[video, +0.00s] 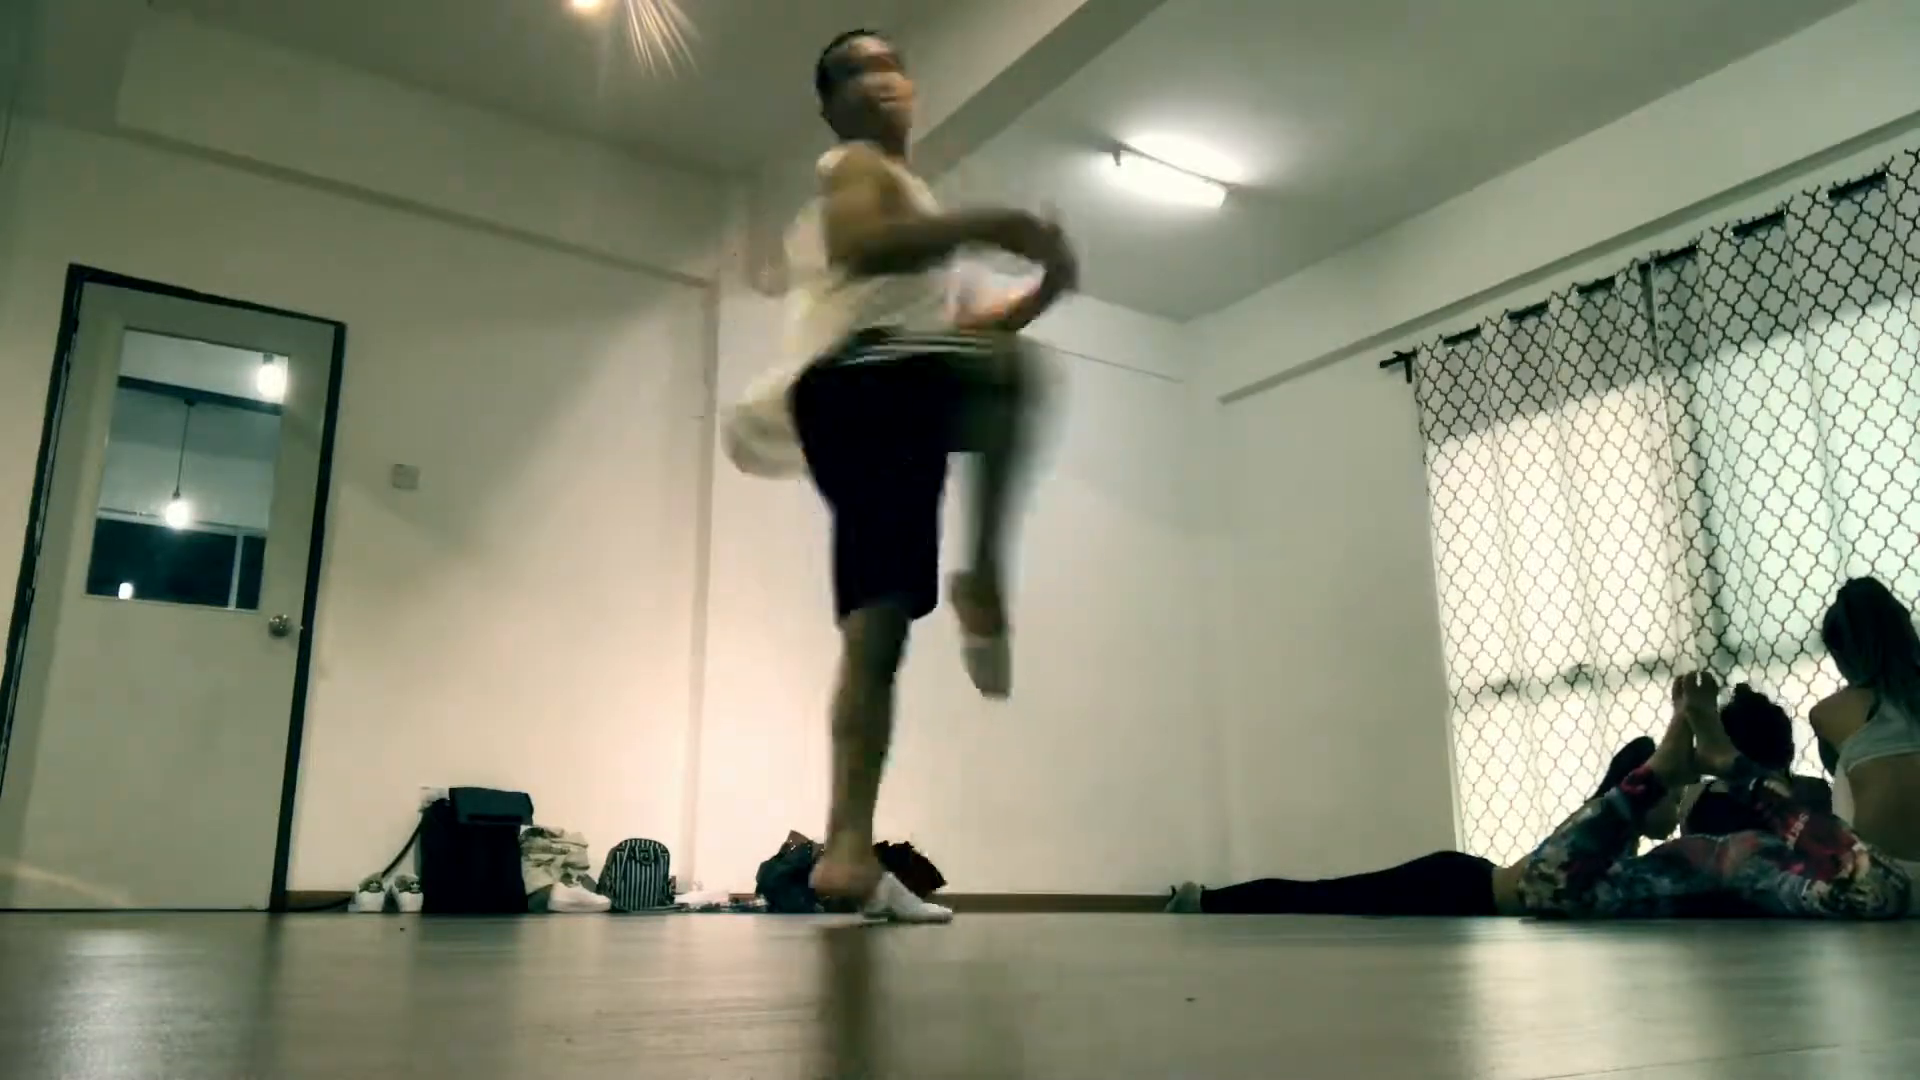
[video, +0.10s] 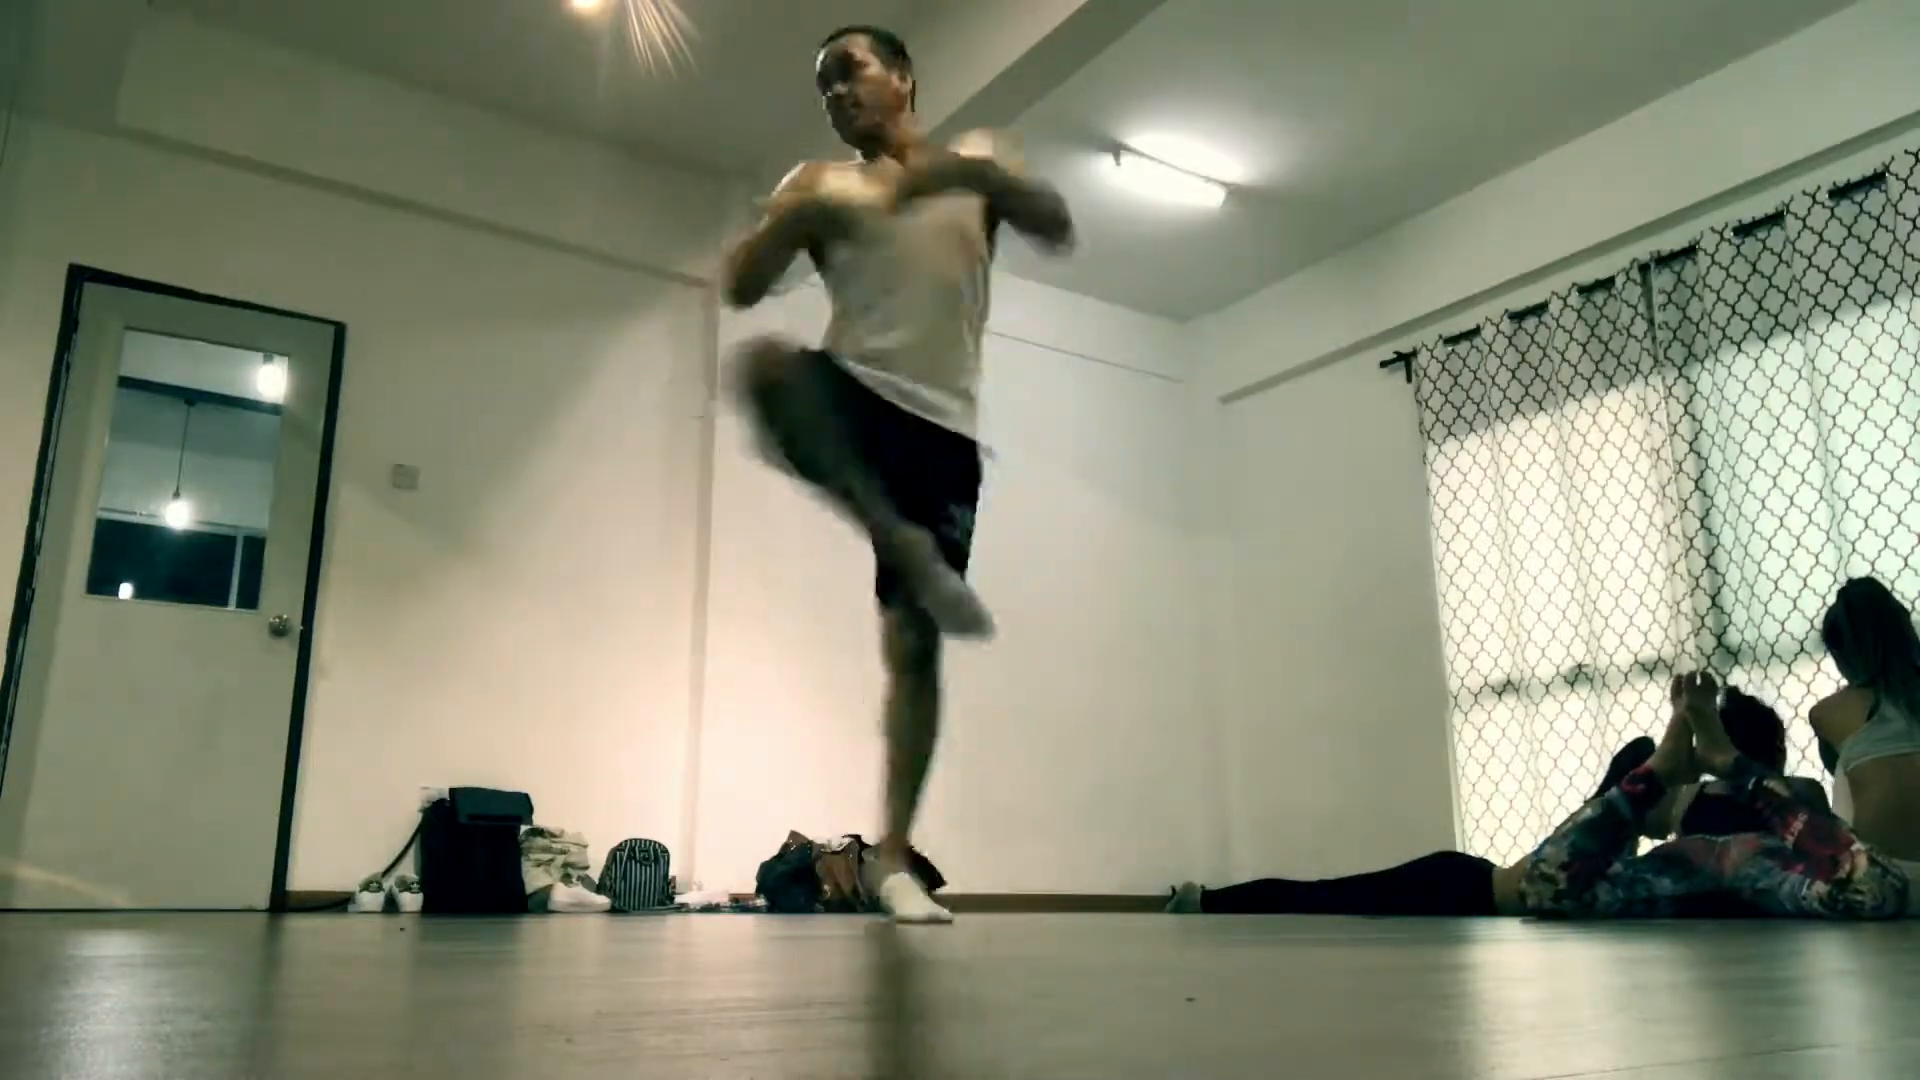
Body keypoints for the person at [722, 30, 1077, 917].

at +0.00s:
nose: (887, 79)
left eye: (894, 65)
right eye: (864, 70)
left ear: (913, 87)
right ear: (836, 103)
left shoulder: (910, 202)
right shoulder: (855, 162)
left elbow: (953, 326)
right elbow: (861, 236)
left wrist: (1038, 295)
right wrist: (994, 228)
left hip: (871, 406)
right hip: (859, 378)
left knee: (875, 630)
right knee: (1016, 373)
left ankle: (848, 855)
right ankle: (981, 590)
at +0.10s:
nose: (834, 88)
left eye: (849, 68)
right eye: (826, 82)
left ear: (904, 79)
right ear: (831, 109)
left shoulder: (976, 164)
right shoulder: (820, 184)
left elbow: (1057, 229)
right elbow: (740, 287)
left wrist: (969, 179)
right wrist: (798, 209)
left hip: (941, 432)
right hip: (852, 402)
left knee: (913, 644)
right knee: (763, 364)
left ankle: (893, 852)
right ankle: (910, 556)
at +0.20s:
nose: (812, 71)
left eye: (824, 51)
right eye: (807, 59)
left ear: (882, 47)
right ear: (833, 66)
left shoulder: (941, 107)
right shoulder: (834, 177)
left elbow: (938, 172)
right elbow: (761, 310)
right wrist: (714, 293)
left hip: (935, 401)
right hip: (857, 395)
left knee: (916, 614)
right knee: (701, 428)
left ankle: (972, 835)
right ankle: (833, 532)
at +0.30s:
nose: (772, 67)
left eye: (788, 50)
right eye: (777, 51)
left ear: (839, 59)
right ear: (853, 66)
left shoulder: (810, 122)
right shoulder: (898, 144)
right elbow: (877, 318)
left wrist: (732, 321)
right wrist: (794, 344)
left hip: (893, 410)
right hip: (974, 411)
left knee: (882, 638)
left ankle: (947, 830)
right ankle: (791, 585)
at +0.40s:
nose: (804, 129)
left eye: (769, 115)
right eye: (810, 114)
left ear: (739, 131)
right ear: (824, 125)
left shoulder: (704, 231)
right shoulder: (866, 201)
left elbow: (693, 376)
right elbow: (972, 309)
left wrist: (770, 361)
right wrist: (951, 311)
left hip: (829, 471)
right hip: (938, 436)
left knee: (884, 668)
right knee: (1005, 504)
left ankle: (893, 882)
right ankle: (944, 648)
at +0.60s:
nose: (737, 76)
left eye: (735, 61)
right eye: (714, 66)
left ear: (751, 79)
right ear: (685, 90)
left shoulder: (792, 200)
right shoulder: (721, 166)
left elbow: (844, 210)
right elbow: (686, 138)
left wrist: (874, 124)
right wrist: (676, 71)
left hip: (787, 417)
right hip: (775, 388)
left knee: (883, 633)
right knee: (954, 442)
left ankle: (835, 854)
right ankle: (981, 690)